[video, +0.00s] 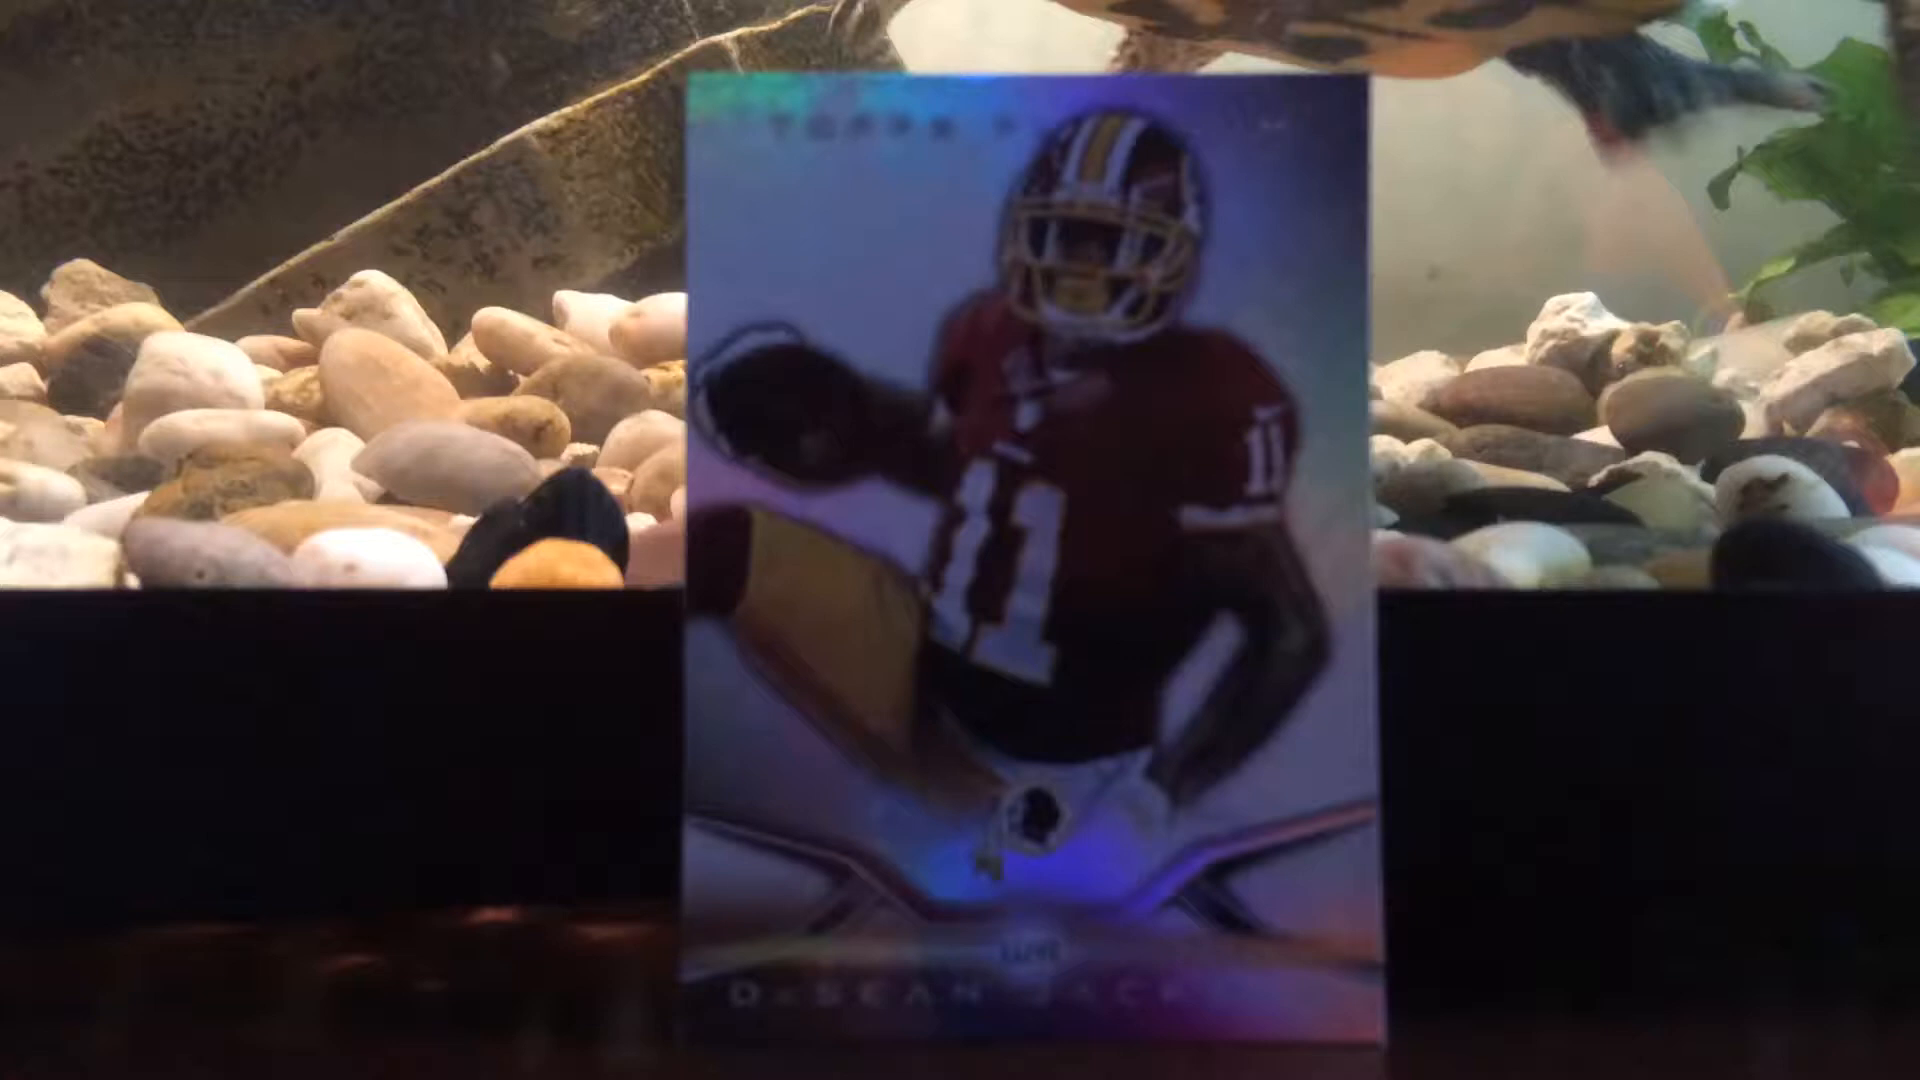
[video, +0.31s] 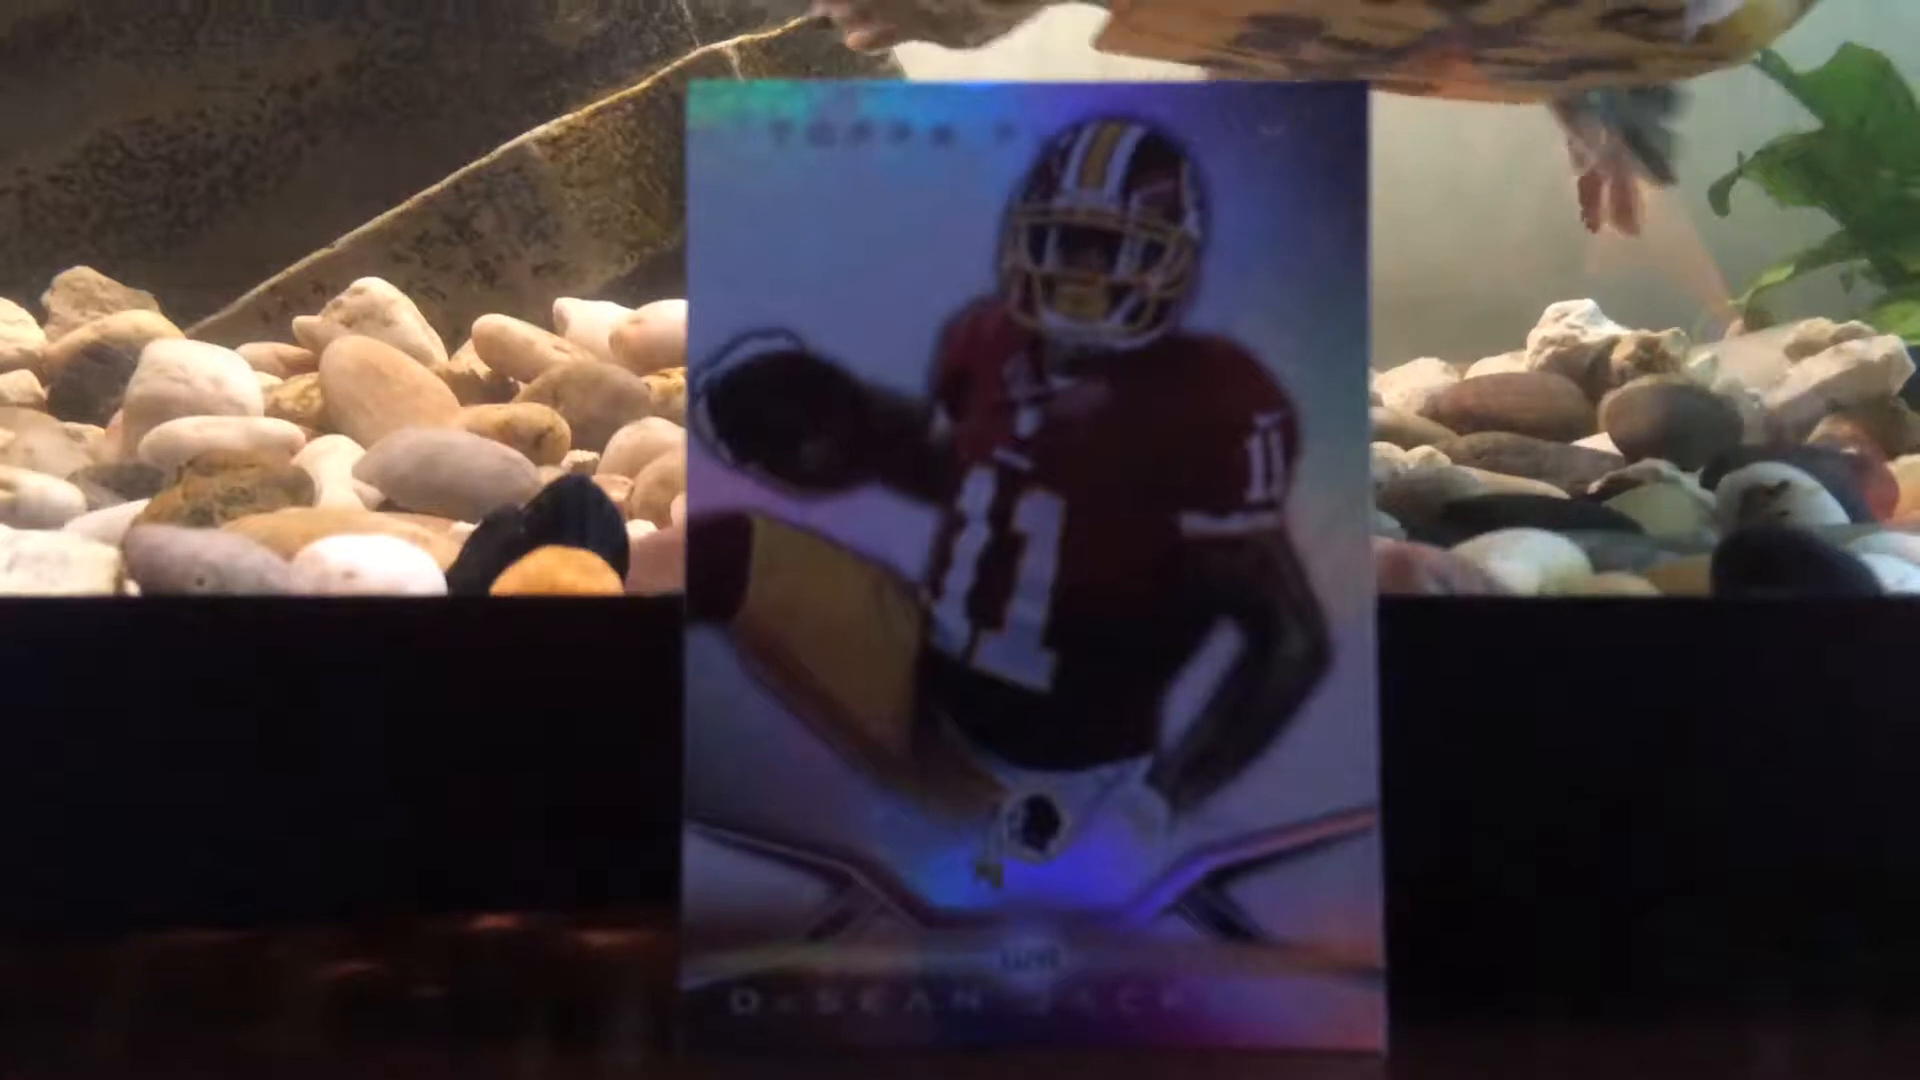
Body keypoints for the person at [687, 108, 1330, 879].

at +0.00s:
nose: (1083, 270)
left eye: (1117, 246)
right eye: (1063, 238)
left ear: (1175, 258)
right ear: (1023, 237)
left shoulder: (1217, 398)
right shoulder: (983, 337)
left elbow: (1292, 637)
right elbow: (962, 465)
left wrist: (1157, 797)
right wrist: (858, 425)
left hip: (1077, 766)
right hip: (931, 689)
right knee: (720, 546)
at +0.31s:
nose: (1081, 276)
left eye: (1116, 252)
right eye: (1062, 243)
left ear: (1175, 264)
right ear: (1022, 243)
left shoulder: (1217, 405)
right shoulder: (982, 344)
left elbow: (1292, 643)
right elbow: (961, 471)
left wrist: (1159, 803)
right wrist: (856, 430)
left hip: (1077, 772)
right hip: (931, 695)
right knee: (720, 553)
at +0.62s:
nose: (1082, 276)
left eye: (1116, 251)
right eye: (1062, 242)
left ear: (1176, 262)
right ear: (1022, 243)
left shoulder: (1217, 405)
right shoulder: (982, 343)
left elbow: (1293, 643)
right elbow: (961, 475)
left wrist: (1160, 801)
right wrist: (859, 435)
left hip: (1080, 769)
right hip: (932, 692)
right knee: (717, 552)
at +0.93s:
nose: (1081, 274)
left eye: (1116, 248)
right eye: (1062, 241)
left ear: (1175, 260)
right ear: (1022, 242)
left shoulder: (1216, 402)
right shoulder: (982, 341)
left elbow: (1293, 641)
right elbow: (960, 472)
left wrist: (1159, 800)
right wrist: (857, 431)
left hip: (1081, 767)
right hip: (931, 690)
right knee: (717, 550)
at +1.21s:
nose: (1080, 272)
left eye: (1115, 246)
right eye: (1062, 238)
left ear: (1175, 258)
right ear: (1022, 239)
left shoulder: (1218, 400)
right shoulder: (982, 339)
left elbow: (1293, 641)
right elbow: (962, 471)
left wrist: (1161, 797)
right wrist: (855, 426)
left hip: (1081, 765)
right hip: (932, 692)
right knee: (718, 548)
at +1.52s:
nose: (1081, 270)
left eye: (1115, 244)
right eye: (1063, 237)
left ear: (1175, 256)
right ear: (1022, 238)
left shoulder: (1218, 398)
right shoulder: (982, 338)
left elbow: (1293, 640)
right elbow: (960, 468)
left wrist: (1159, 797)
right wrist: (854, 425)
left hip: (1082, 764)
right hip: (932, 691)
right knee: (718, 547)